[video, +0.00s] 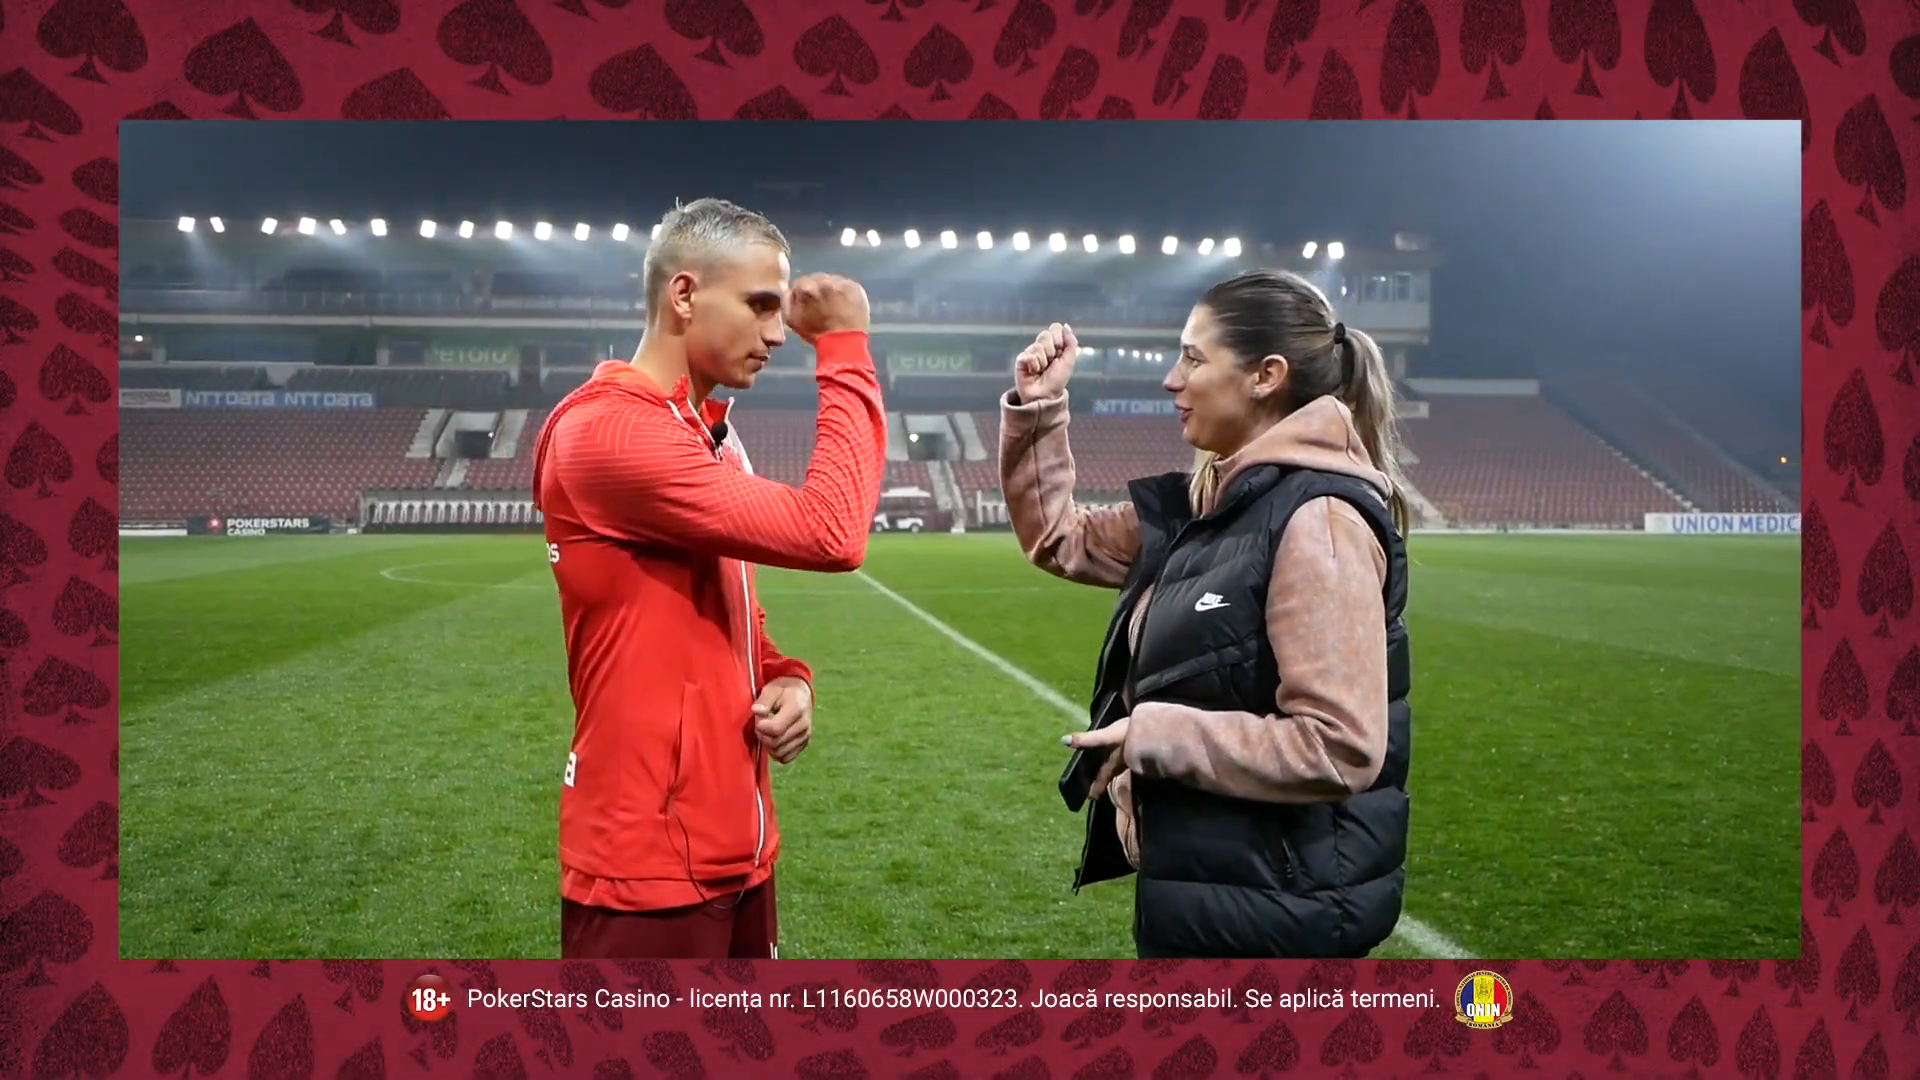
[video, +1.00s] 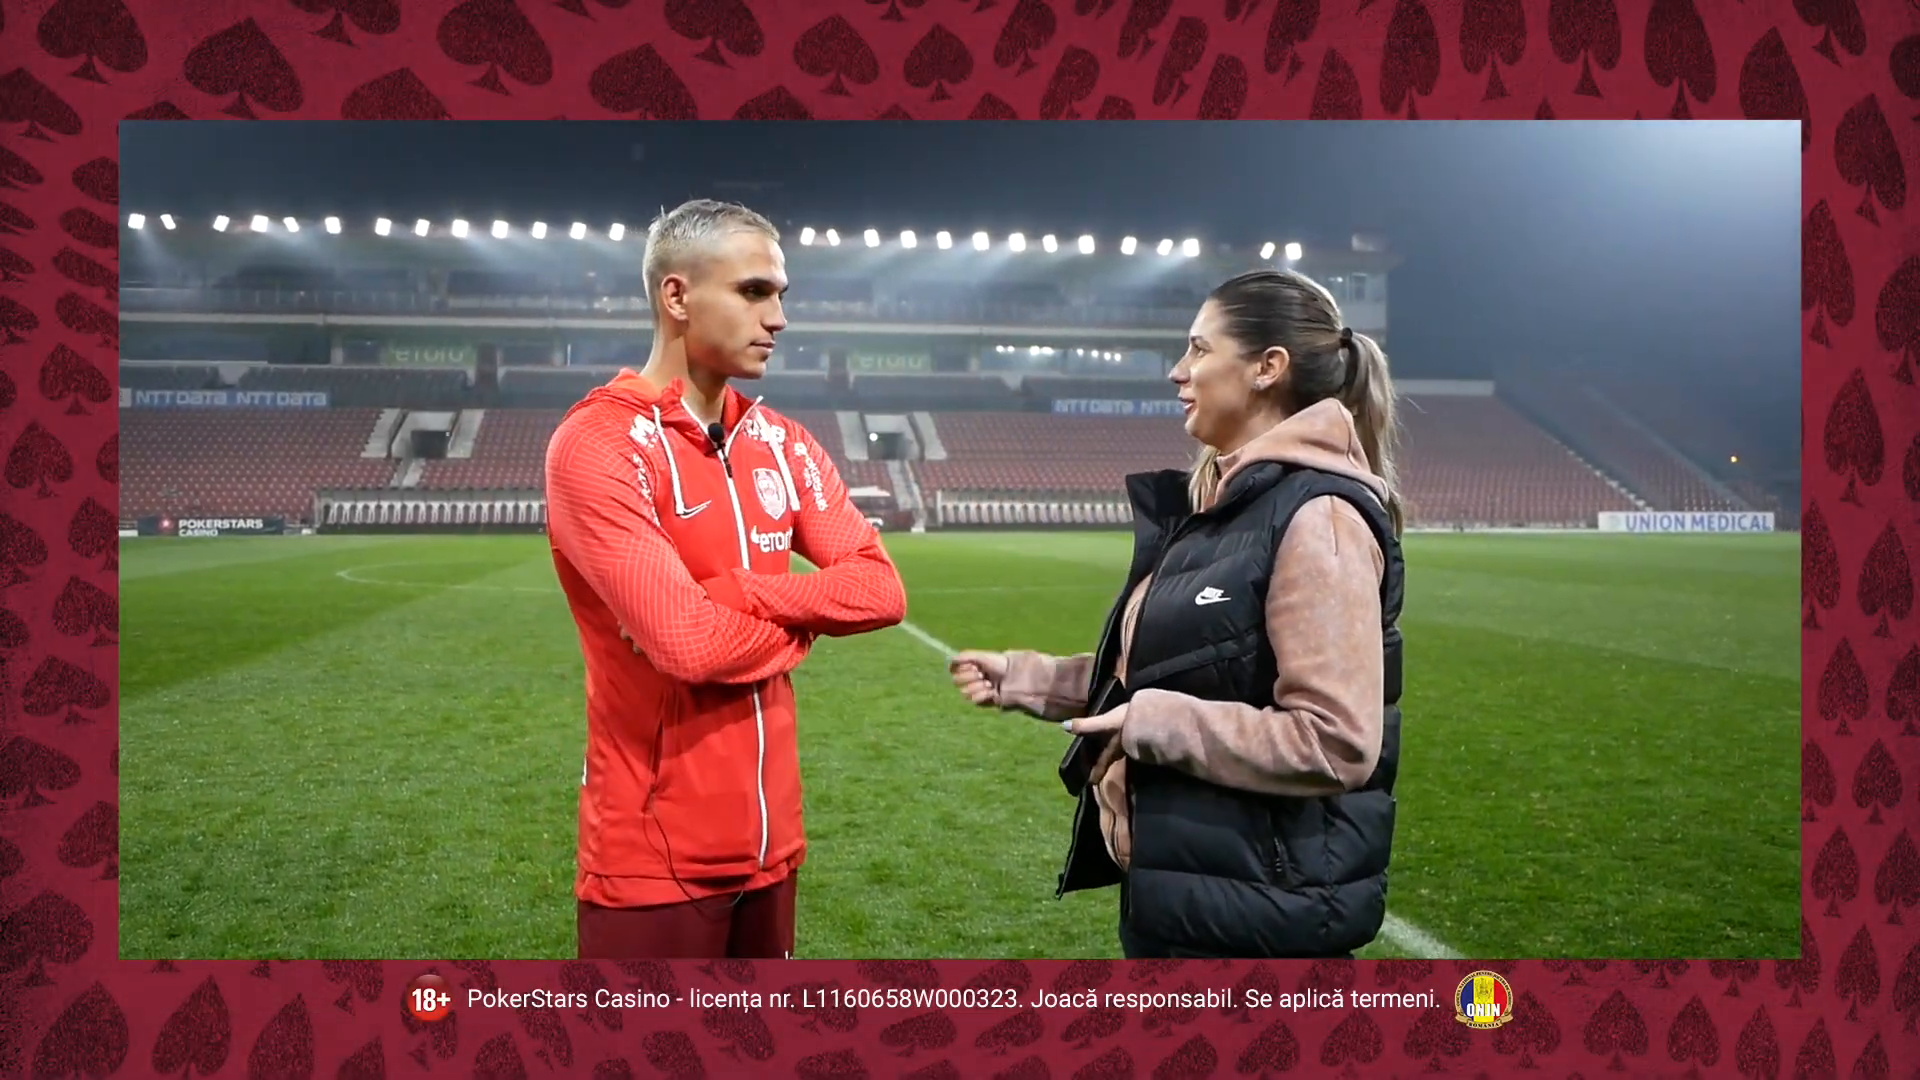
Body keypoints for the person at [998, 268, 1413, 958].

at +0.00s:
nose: (1172, 381)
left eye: (1192, 358)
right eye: (1180, 358)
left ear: (1267, 377)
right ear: (1264, 379)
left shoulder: (1320, 520)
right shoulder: (1212, 503)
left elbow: (1338, 746)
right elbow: (1057, 539)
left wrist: (1155, 732)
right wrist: (1037, 411)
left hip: (1271, 918)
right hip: (1201, 904)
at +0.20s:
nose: (1158, 385)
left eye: (1178, 362)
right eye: (1165, 360)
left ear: (1255, 378)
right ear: (1250, 380)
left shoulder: (1315, 520)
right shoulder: (1190, 503)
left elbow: (1342, 743)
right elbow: (1031, 524)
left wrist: (1158, 738)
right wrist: (1006, 394)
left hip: (1258, 921)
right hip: (1175, 906)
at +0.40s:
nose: (1156, 384)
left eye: (1177, 361)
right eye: (1163, 360)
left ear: (1254, 376)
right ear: (1248, 377)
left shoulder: (1317, 519)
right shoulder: (1187, 501)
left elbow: (1349, 740)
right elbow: (1028, 525)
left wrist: (1166, 741)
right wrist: (1007, 395)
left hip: (1258, 918)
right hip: (1174, 902)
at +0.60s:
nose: (1163, 379)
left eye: (1183, 356)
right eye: (1170, 356)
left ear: (1259, 372)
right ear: (1255, 374)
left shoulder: (1320, 517)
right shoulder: (1193, 503)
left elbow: (1346, 741)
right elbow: (1037, 527)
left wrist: (1162, 731)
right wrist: (1031, 396)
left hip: (1258, 920)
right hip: (1176, 906)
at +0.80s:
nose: (1173, 375)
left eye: (1194, 353)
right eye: (1180, 354)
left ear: (1266, 369)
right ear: (1263, 371)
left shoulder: (1322, 517)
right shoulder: (1215, 505)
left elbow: (1339, 742)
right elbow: (1069, 574)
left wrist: (1153, 720)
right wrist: (1050, 450)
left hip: (1258, 918)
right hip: (1183, 906)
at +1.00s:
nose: (1177, 373)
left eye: (1199, 350)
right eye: (1186, 351)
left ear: (1269, 366)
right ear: (1260, 367)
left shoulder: (1321, 518)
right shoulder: (1225, 502)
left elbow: (1335, 742)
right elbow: (1178, 687)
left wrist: (1159, 723)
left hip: (1255, 920)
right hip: (1186, 907)